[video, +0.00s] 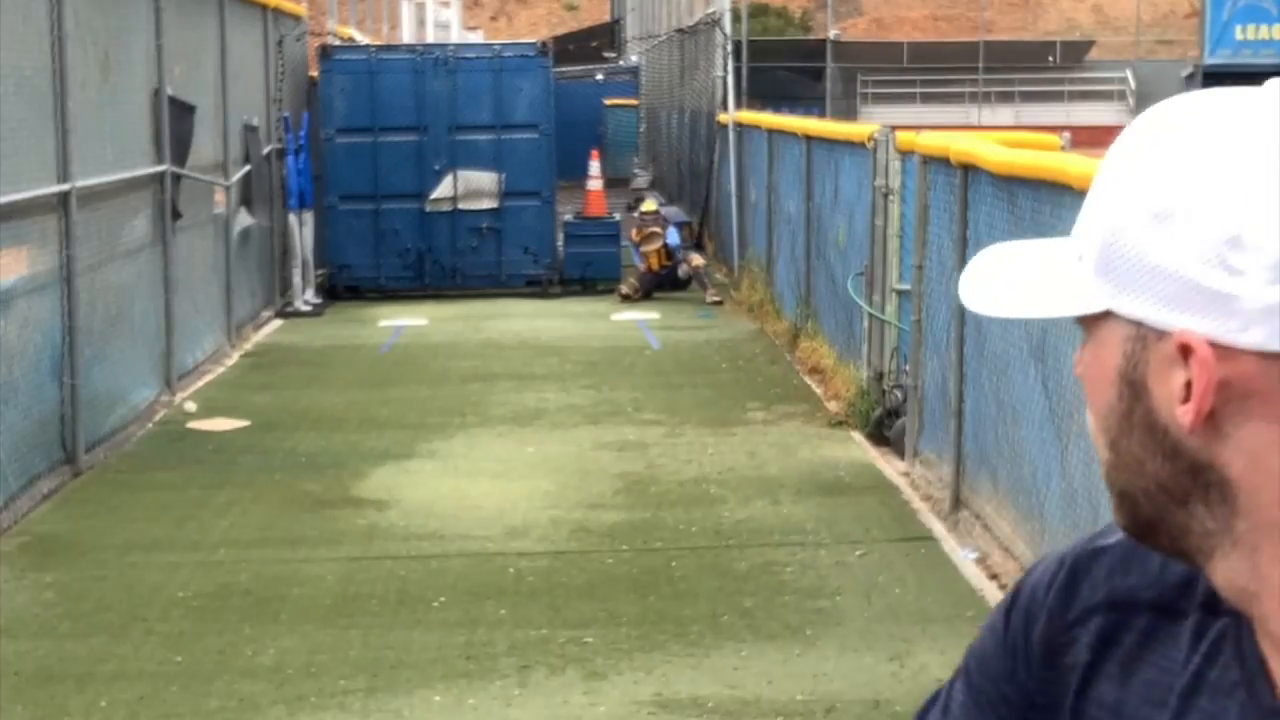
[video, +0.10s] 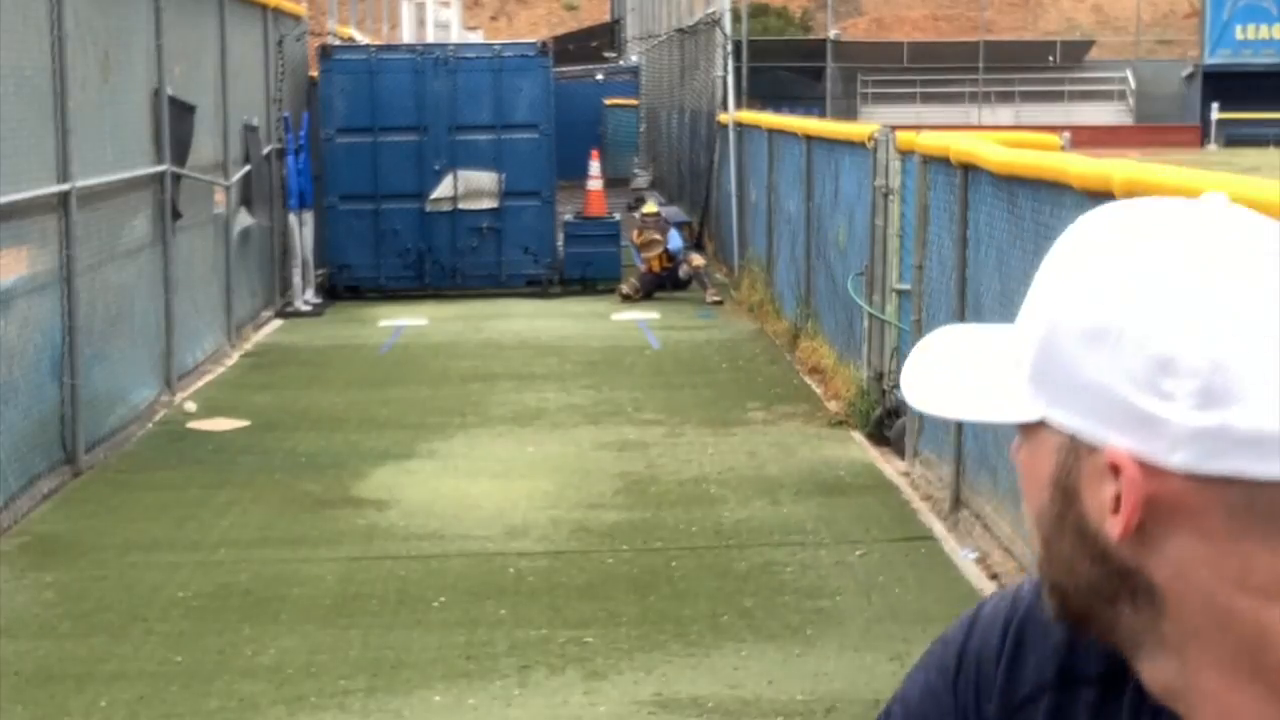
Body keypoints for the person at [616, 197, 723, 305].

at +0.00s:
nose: (649, 222)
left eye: (653, 218)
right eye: (645, 218)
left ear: (659, 217)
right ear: (640, 218)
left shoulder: (669, 230)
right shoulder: (636, 234)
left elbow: (677, 251)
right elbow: (635, 255)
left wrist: (689, 257)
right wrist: (642, 265)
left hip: (672, 269)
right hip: (651, 271)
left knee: (692, 263)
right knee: (644, 281)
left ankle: (710, 292)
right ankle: (634, 290)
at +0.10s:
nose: (651, 223)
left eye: (654, 219)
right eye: (647, 220)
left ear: (660, 219)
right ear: (642, 221)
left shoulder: (670, 232)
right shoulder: (637, 235)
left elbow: (677, 249)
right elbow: (635, 253)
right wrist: (641, 265)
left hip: (673, 270)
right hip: (652, 271)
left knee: (693, 260)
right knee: (644, 282)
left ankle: (710, 292)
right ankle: (633, 290)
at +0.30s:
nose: (652, 227)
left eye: (655, 223)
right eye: (648, 223)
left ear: (661, 222)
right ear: (642, 224)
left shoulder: (669, 235)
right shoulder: (637, 239)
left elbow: (686, 256)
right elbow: (639, 261)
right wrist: (647, 272)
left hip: (675, 274)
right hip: (653, 276)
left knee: (695, 262)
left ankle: (710, 292)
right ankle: (634, 289)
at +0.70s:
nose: (652, 227)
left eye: (656, 222)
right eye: (648, 223)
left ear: (662, 223)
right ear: (642, 225)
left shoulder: (671, 237)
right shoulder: (639, 240)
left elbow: (688, 256)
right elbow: (639, 259)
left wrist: (668, 266)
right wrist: (645, 268)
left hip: (674, 275)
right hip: (652, 275)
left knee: (695, 263)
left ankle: (710, 292)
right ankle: (631, 290)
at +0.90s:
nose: (650, 230)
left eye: (654, 226)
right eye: (647, 226)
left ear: (663, 226)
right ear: (643, 226)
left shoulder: (674, 237)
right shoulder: (641, 239)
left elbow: (689, 249)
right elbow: (639, 260)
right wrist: (643, 267)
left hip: (676, 273)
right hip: (654, 273)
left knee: (696, 262)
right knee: (643, 282)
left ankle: (710, 293)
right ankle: (631, 290)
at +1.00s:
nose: (654, 223)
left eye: (657, 219)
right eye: (650, 220)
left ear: (663, 220)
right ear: (643, 221)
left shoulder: (671, 232)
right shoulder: (639, 238)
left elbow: (692, 238)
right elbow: (641, 263)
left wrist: (673, 243)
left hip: (676, 273)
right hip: (653, 274)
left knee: (695, 259)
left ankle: (710, 293)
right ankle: (631, 290)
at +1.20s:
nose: (657, 224)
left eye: (660, 220)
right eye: (652, 221)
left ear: (665, 220)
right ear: (645, 223)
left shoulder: (675, 232)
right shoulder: (642, 235)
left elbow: (696, 235)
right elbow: (635, 247)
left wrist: (678, 230)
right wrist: (641, 263)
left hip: (676, 274)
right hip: (654, 274)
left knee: (694, 261)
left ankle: (711, 293)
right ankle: (632, 290)